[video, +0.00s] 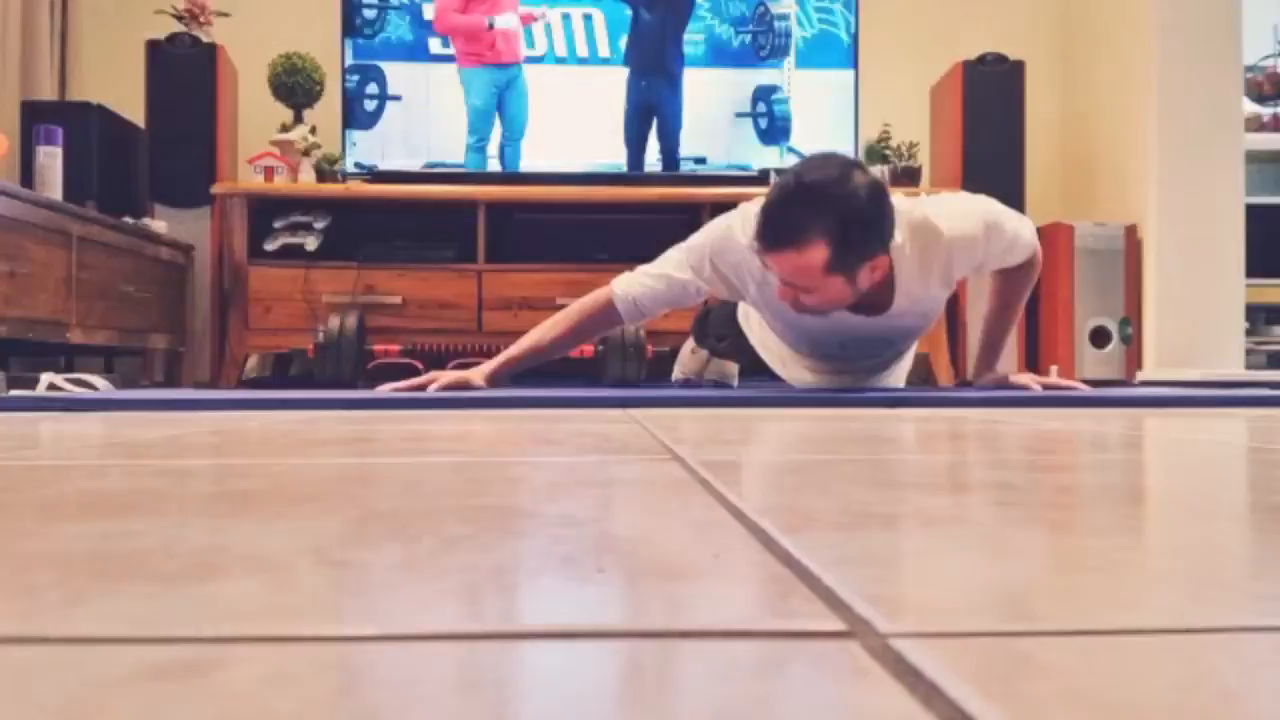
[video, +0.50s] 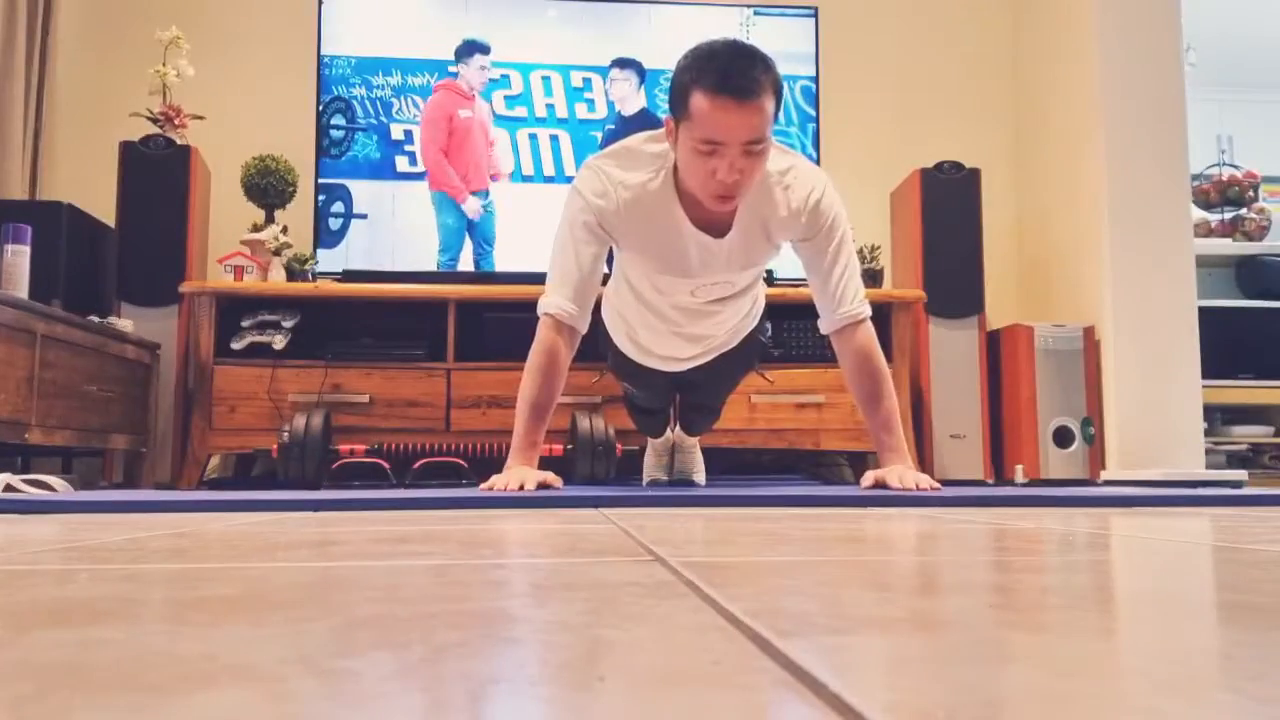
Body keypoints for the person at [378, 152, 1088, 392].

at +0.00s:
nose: (791, 294)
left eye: (808, 284)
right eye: (780, 279)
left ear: (870, 257)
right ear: (769, 247)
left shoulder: (945, 230)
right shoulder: (738, 246)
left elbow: (1024, 246)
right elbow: (614, 304)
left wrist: (986, 371)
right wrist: (491, 369)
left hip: (877, 388)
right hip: (750, 376)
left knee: (872, 517)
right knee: (721, 506)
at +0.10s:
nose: (733, 170)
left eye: (753, 145)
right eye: (712, 145)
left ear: (773, 133)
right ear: (673, 130)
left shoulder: (801, 191)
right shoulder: (609, 187)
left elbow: (849, 327)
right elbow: (559, 327)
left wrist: (894, 460)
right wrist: (521, 460)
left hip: (732, 328)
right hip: (638, 328)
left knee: (704, 407)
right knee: (649, 404)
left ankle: (689, 442)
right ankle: (657, 445)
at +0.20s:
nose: (733, 170)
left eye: (754, 145)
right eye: (711, 145)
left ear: (773, 132)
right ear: (673, 129)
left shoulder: (802, 192)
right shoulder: (608, 188)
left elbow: (850, 327)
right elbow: (559, 327)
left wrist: (895, 460)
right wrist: (521, 460)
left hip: (732, 330)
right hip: (638, 330)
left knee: (702, 409)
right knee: (649, 406)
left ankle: (686, 440)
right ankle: (655, 445)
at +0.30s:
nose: (733, 171)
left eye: (753, 147)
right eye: (711, 146)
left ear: (772, 134)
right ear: (673, 130)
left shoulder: (802, 192)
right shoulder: (608, 187)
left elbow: (850, 328)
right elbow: (558, 328)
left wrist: (895, 460)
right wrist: (521, 460)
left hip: (732, 332)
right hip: (638, 331)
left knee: (702, 408)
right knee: (650, 406)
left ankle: (686, 441)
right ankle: (656, 444)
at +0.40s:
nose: (731, 173)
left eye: (751, 150)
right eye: (710, 149)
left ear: (771, 135)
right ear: (671, 130)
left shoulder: (801, 194)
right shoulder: (606, 187)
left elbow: (851, 329)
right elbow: (557, 328)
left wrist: (895, 459)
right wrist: (521, 460)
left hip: (731, 335)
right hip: (638, 334)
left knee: (703, 410)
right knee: (650, 408)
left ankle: (687, 442)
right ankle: (656, 445)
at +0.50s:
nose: (731, 173)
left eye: (751, 150)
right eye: (710, 149)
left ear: (771, 135)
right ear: (671, 131)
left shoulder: (801, 194)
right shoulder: (606, 187)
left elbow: (850, 328)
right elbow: (557, 327)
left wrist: (895, 459)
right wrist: (520, 460)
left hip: (731, 334)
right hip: (638, 333)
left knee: (702, 410)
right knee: (649, 408)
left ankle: (687, 443)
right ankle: (657, 446)